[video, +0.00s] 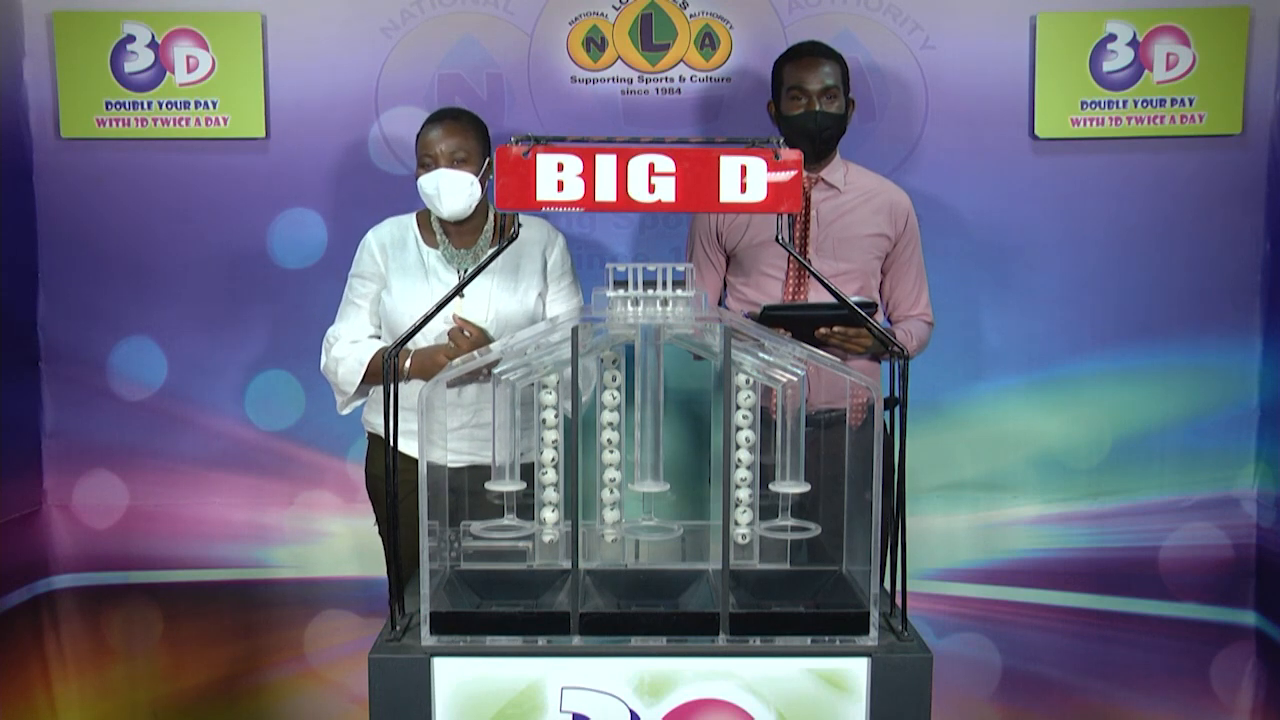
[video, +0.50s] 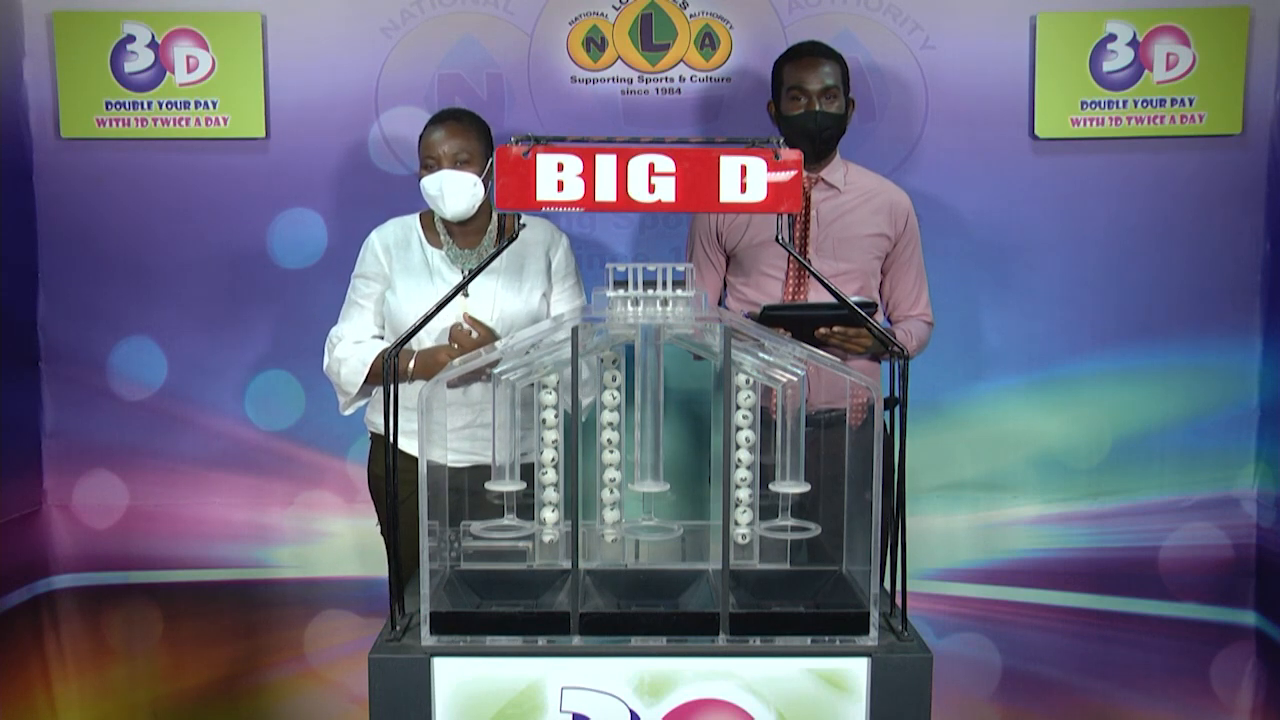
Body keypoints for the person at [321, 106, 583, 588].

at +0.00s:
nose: (445, 177)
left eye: (459, 161)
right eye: (431, 164)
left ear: (487, 166)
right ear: (418, 172)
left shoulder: (540, 243)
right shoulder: (383, 245)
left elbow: (571, 354)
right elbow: (341, 356)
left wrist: (498, 357)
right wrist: (420, 361)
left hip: (509, 461)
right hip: (407, 462)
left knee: (503, 616)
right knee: (416, 615)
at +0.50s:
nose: (447, 179)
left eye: (462, 162)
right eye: (433, 165)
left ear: (490, 166)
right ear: (420, 172)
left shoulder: (544, 244)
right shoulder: (387, 246)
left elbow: (575, 360)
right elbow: (344, 357)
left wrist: (500, 356)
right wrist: (429, 360)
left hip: (512, 463)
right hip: (409, 463)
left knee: (506, 616)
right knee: (416, 617)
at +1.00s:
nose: (450, 179)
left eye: (465, 163)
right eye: (436, 166)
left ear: (491, 165)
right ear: (422, 171)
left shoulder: (546, 246)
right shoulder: (386, 246)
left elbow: (580, 365)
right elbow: (342, 357)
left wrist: (506, 353)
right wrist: (419, 362)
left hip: (514, 464)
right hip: (410, 464)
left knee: (508, 618)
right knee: (418, 619)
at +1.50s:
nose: (445, 180)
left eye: (459, 164)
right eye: (430, 167)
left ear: (487, 167)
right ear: (417, 174)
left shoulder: (543, 245)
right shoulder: (386, 247)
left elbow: (576, 360)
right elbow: (343, 359)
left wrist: (502, 355)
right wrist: (426, 360)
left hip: (513, 463)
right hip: (409, 464)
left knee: (506, 615)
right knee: (417, 615)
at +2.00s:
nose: (444, 180)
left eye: (459, 164)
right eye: (430, 167)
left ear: (487, 167)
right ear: (417, 174)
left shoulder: (544, 247)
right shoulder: (385, 247)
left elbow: (574, 362)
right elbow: (342, 358)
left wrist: (502, 355)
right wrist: (423, 361)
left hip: (512, 465)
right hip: (408, 465)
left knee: (505, 617)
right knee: (416, 616)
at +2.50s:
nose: (447, 180)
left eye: (462, 164)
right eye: (433, 166)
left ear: (489, 166)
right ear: (419, 171)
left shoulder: (543, 246)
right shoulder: (385, 246)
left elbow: (569, 360)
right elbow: (340, 359)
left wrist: (494, 351)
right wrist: (417, 361)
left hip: (510, 463)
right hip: (407, 463)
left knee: (504, 619)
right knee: (415, 617)